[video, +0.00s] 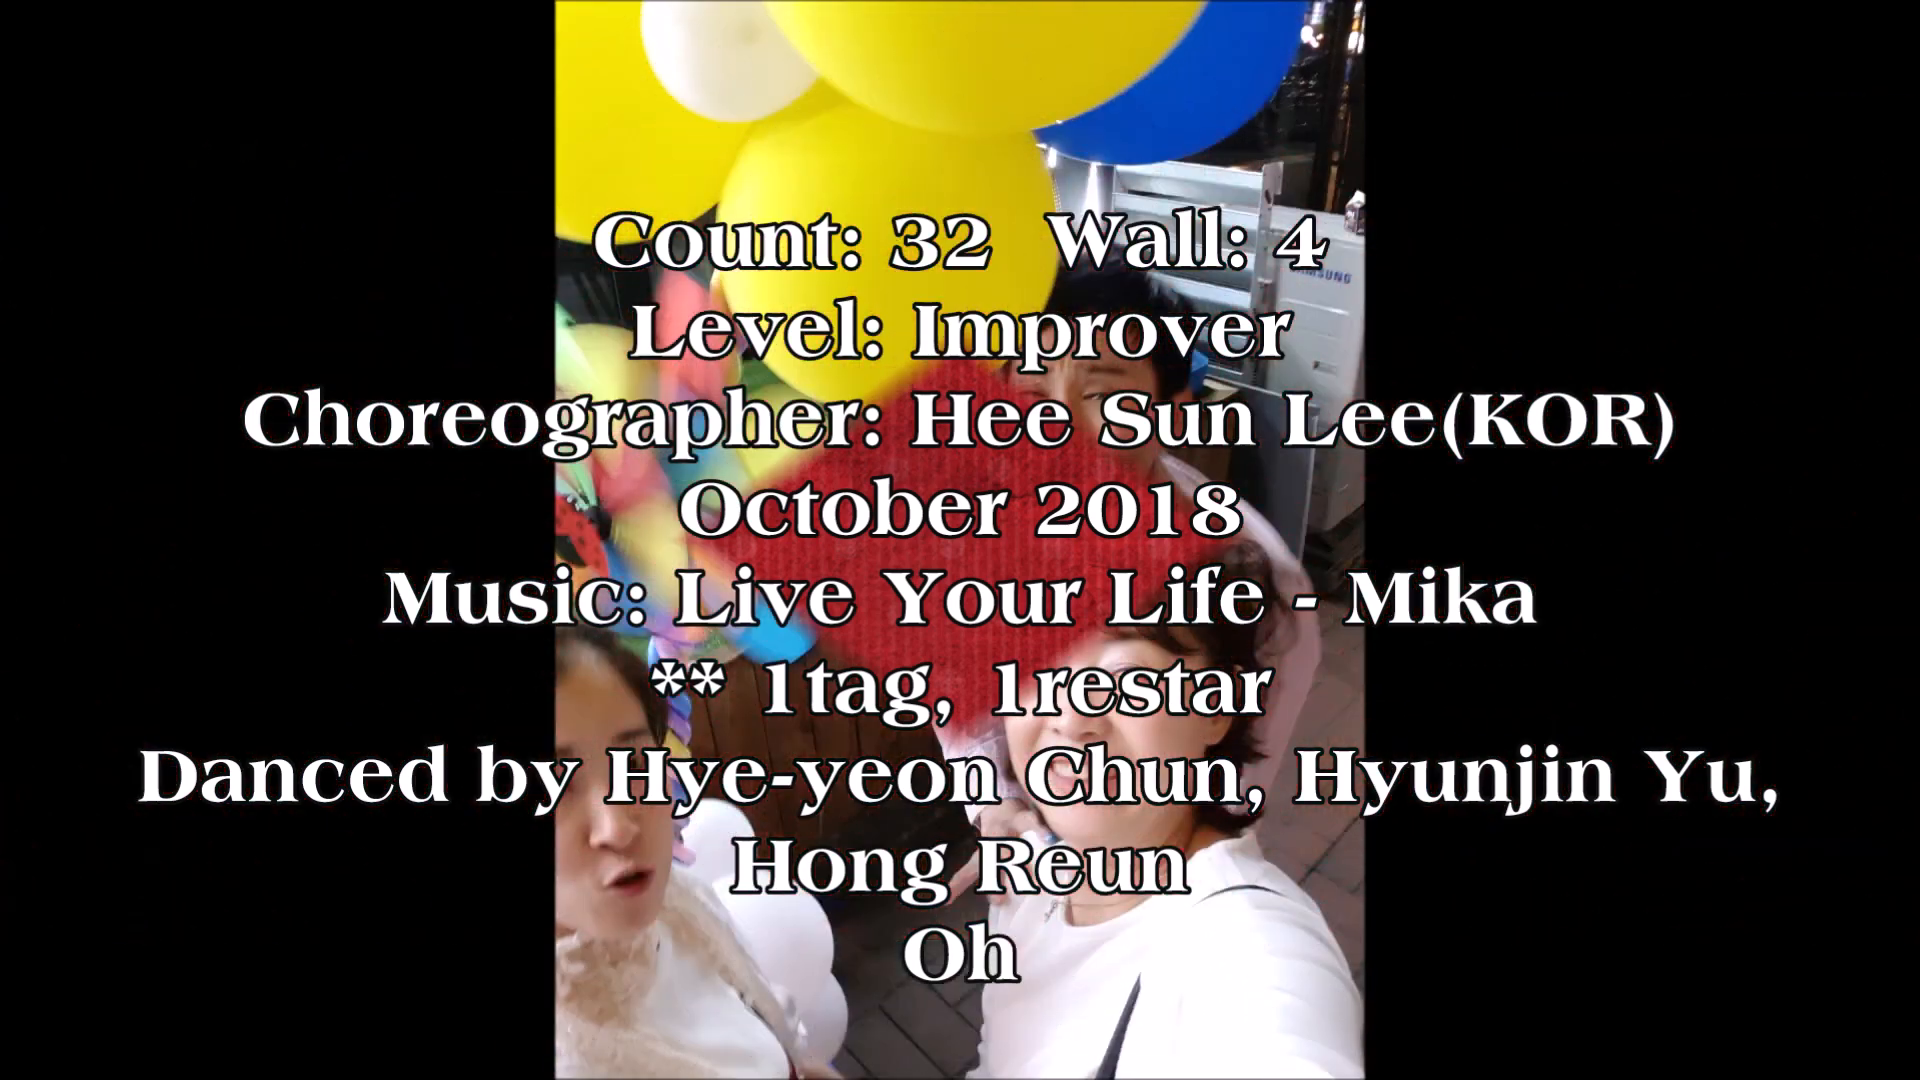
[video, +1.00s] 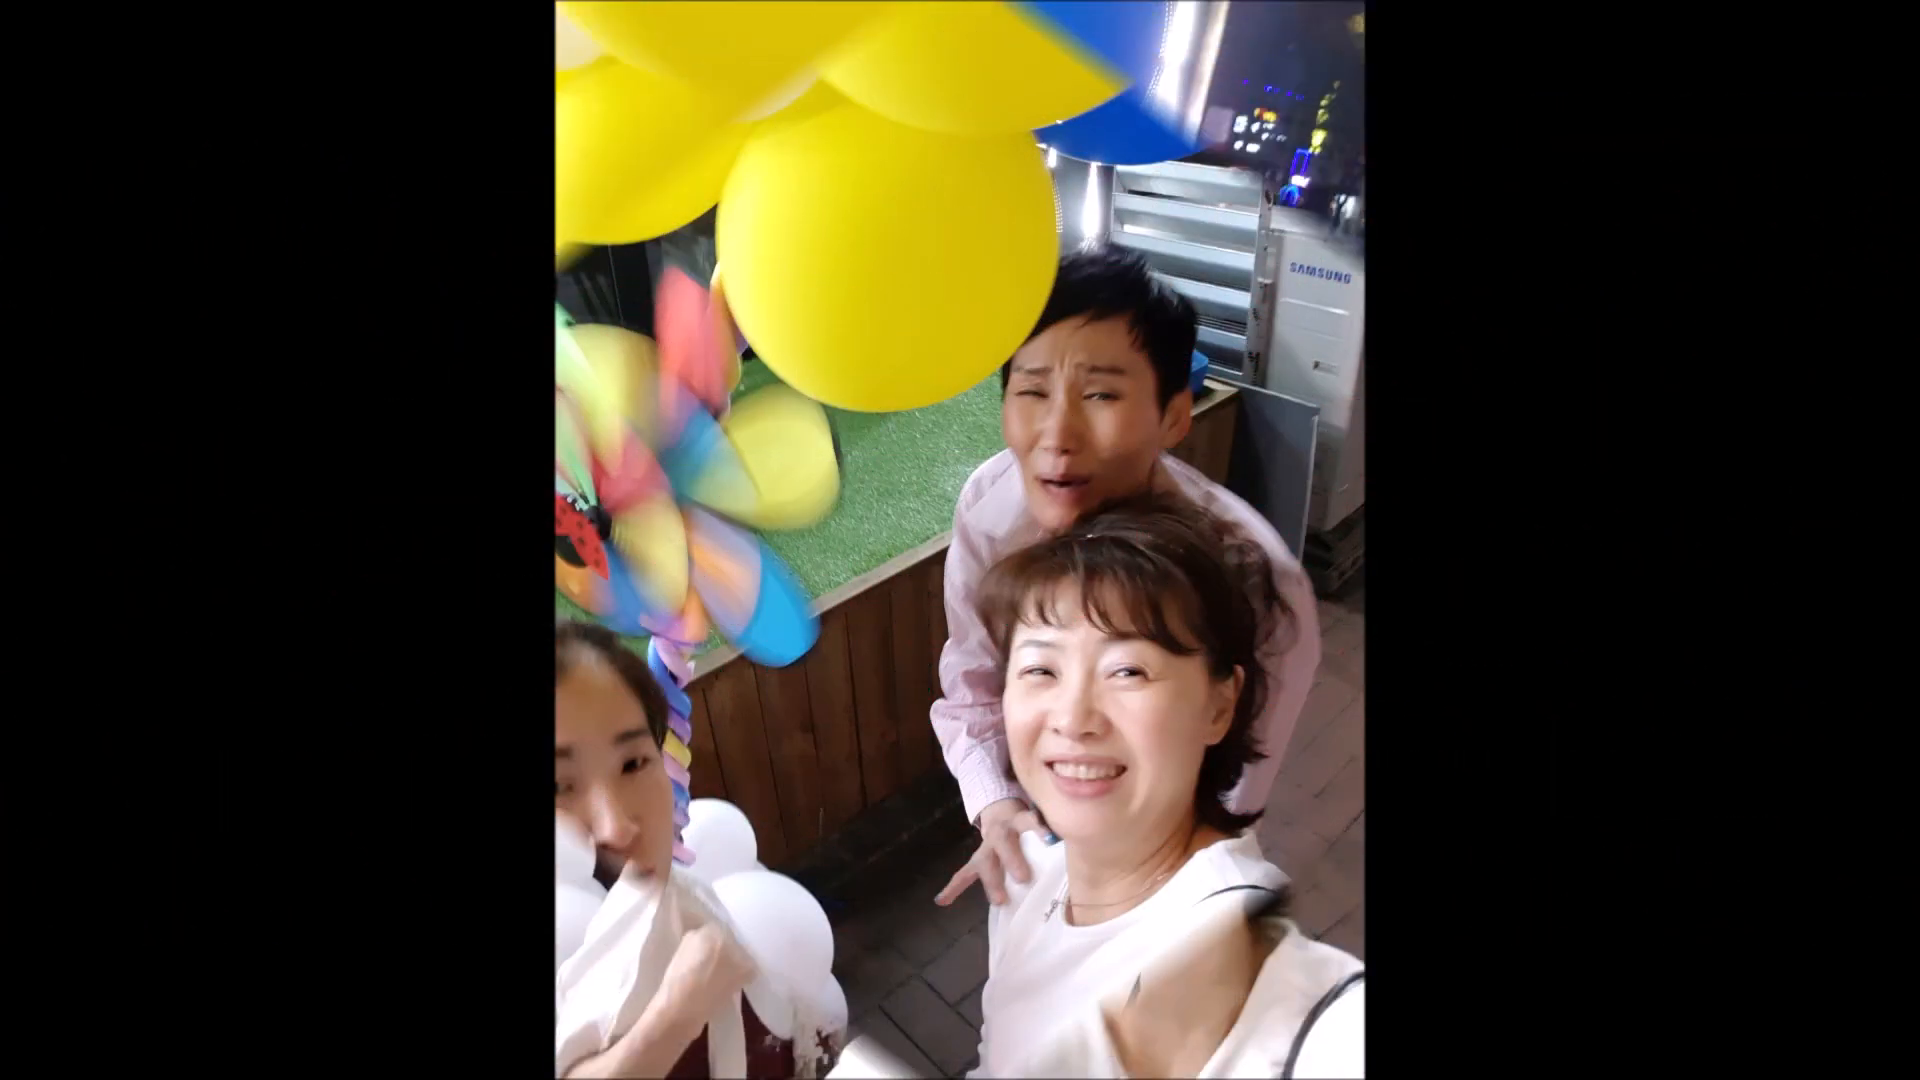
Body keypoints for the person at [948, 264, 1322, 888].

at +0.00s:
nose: (1067, 425)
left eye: (1108, 396)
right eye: (1044, 396)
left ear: (1167, 411)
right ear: (1016, 394)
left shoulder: (1246, 566)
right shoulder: (977, 514)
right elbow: (939, 670)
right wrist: (989, 801)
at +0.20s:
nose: (1063, 439)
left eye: (1110, 402)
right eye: (1038, 403)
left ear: (1170, 420)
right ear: (1010, 410)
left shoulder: (1256, 573)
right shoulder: (988, 505)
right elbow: (965, 675)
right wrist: (991, 805)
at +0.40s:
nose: (1057, 435)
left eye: (1101, 395)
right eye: (1033, 393)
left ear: (1174, 419)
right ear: (1004, 407)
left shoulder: (1253, 576)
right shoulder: (990, 504)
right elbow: (967, 677)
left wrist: (1224, 819)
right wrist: (992, 803)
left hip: (1176, 818)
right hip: (1040, 807)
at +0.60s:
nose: (1057, 435)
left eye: (1101, 395)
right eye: (1033, 393)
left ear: (1174, 419)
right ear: (1004, 407)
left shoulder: (1253, 576)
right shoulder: (990, 504)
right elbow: (967, 677)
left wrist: (1224, 818)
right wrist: (992, 803)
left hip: (1176, 818)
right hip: (1040, 808)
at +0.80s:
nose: (1057, 435)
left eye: (1101, 395)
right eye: (1033, 393)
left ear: (1174, 419)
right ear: (1004, 407)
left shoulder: (1253, 576)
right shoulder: (990, 504)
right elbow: (967, 677)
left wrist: (1224, 819)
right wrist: (992, 803)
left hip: (1176, 818)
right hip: (1040, 808)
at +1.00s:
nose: (1057, 435)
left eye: (1101, 396)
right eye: (1033, 393)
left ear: (1174, 420)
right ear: (1004, 407)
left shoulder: (1253, 576)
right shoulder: (990, 504)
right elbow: (967, 677)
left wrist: (1224, 818)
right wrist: (992, 802)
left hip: (1177, 818)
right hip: (1040, 806)